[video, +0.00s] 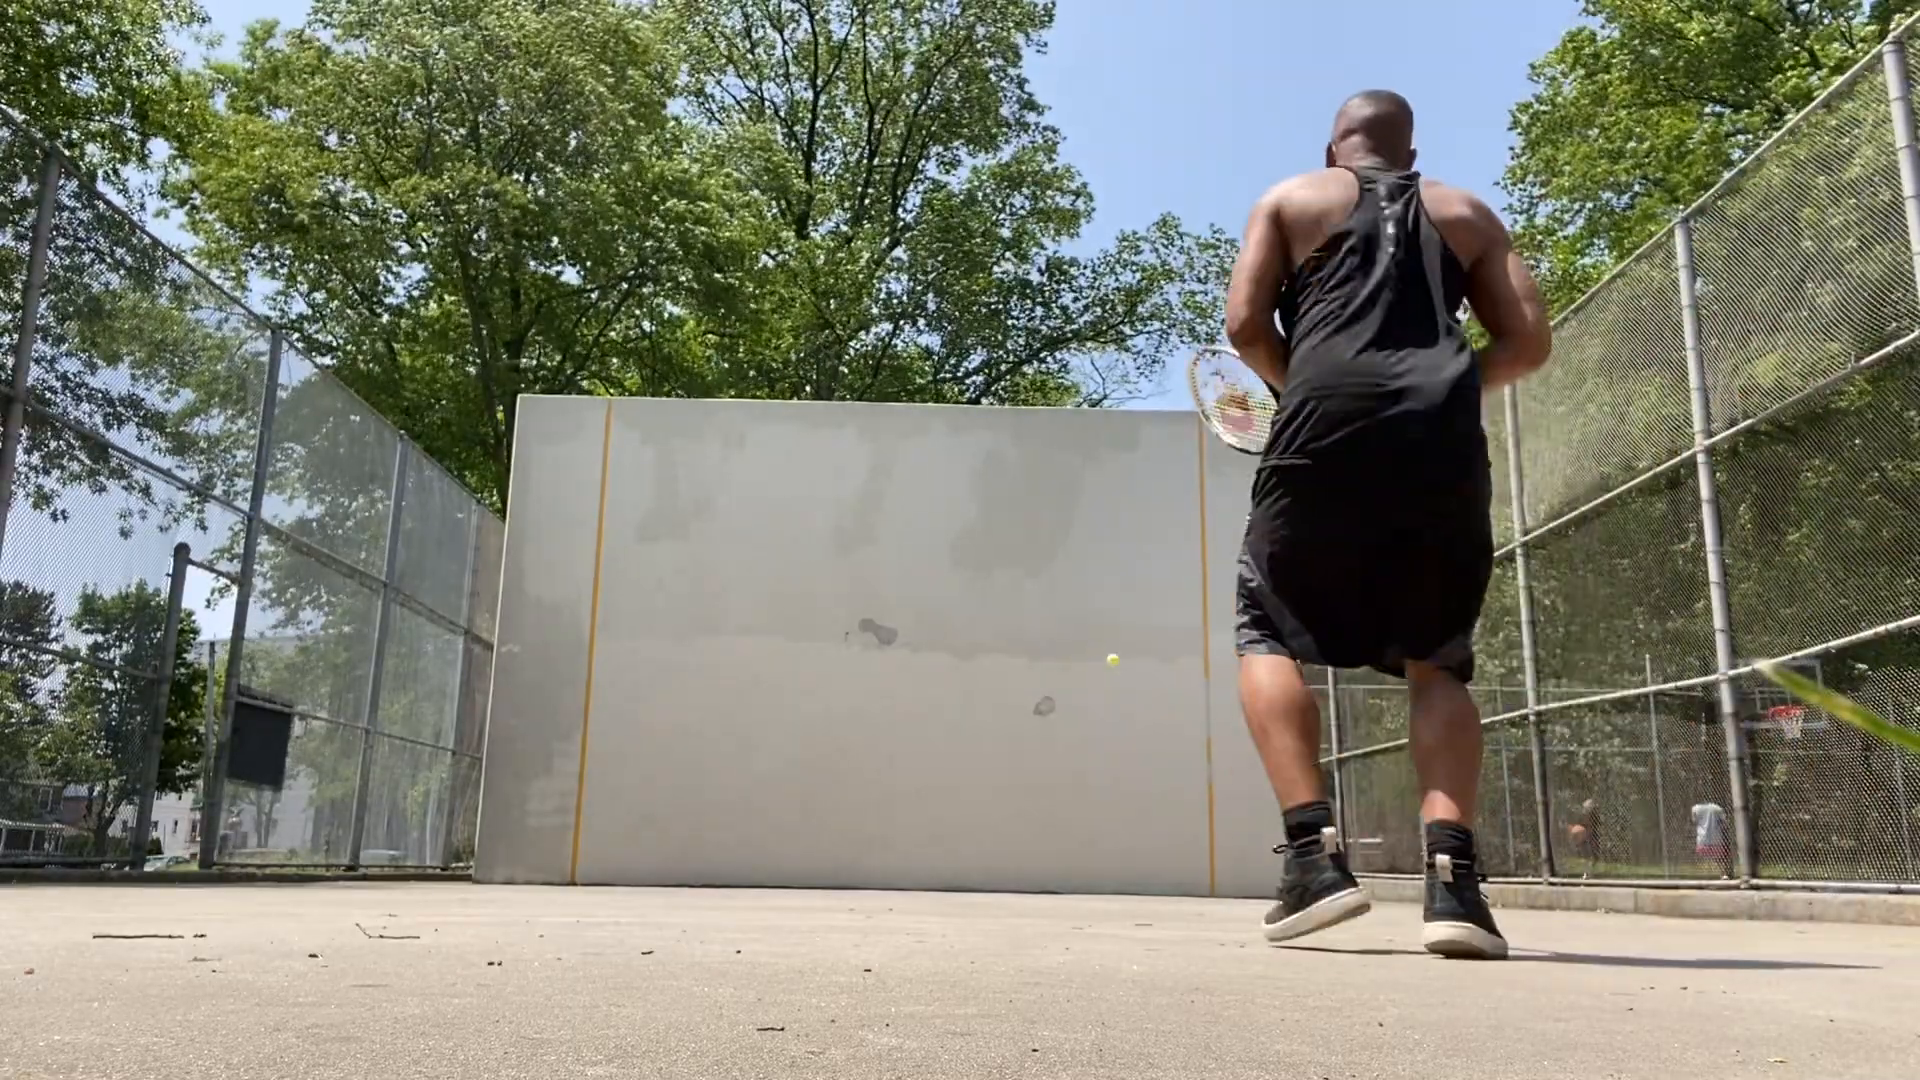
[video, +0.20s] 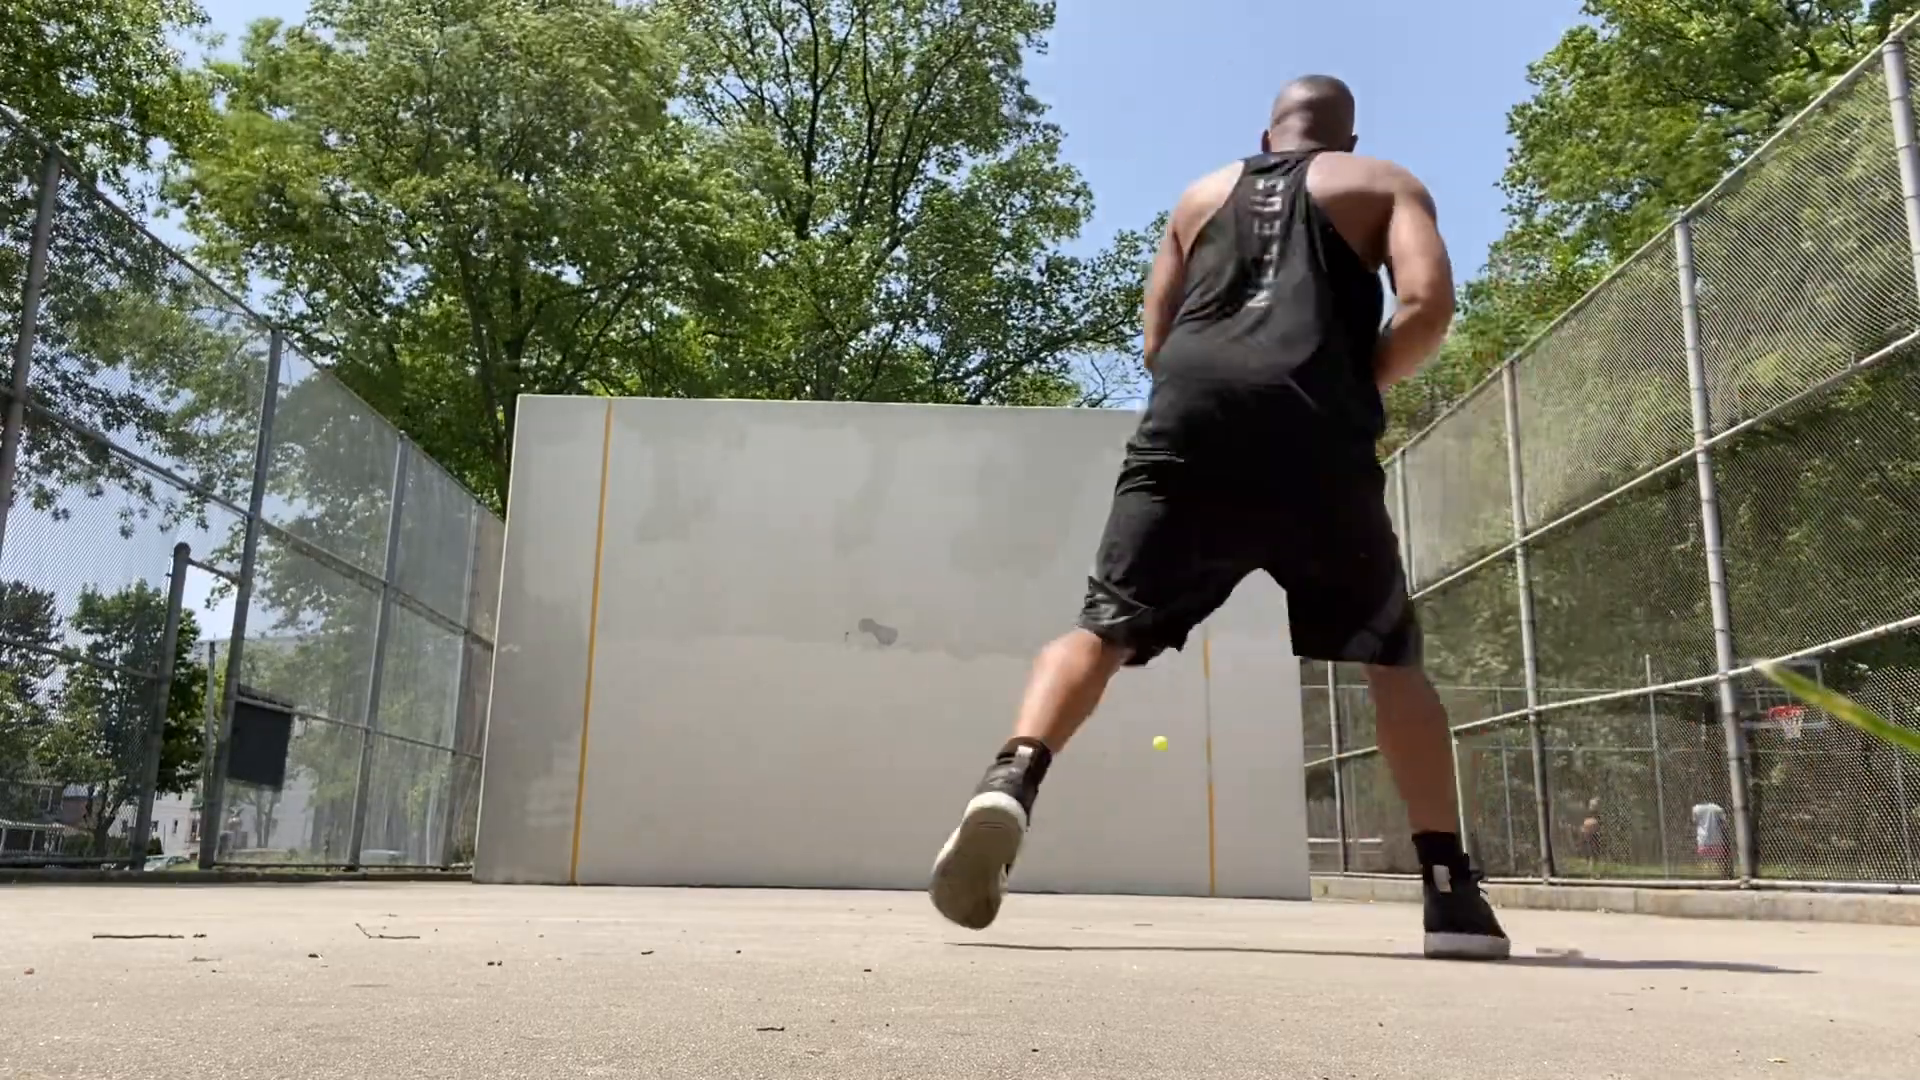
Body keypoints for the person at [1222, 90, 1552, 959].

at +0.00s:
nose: (1337, 147)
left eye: (1337, 138)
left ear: (1333, 146)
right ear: (1414, 154)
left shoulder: (1288, 200)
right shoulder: (1465, 210)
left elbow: (1244, 323)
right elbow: (1527, 343)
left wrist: (1308, 389)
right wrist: (1444, 383)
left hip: (1325, 431)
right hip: (1442, 438)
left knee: (1270, 633)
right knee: (1440, 661)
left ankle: (1313, 856)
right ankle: (1451, 880)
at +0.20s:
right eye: (1337, 125)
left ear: (1266, 135)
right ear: (1349, 136)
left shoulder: (1200, 196)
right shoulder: (1387, 182)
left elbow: (1157, 344)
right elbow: (1428, 298)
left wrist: (1217, 397)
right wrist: (1365, 383)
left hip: (1188, 418)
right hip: (1318, 432)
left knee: (1105, 620)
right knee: (1391, 657)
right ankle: (1452, 895)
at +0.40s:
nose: (1230, 124)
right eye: (1231, 111)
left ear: (1149, 98)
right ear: (1226, 110)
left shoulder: (1071, 161)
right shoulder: (1239, 154)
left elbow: (1082, 278)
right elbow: (1266, 307)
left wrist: (1225, 327)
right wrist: (1251, 343)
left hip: (1032, 417)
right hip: (1160, 432)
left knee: (966, 646)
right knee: (1269, 663)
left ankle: (878, 860)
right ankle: (1390, 879)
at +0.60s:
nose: (1201, 93)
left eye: (1195, 80)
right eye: (1203, 80)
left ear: (1124, 51)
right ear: (1190, 66)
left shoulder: (1037, 131)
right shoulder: (1166, 91)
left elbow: (993, 249)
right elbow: (1200, 172)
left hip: (973, 377)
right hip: (1090, 392)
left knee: (933, 625)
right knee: (1162, 638)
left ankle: (874, 870)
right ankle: (1179, 879)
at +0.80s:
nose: (1198, 117)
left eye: (1195, 103)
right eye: (1196, 104)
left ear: (1117, 68)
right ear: (1186, 88)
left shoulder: (1025, 138)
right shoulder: (1168, 126)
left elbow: (897, 223)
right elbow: (1215, 240)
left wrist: (862, 273)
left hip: (971, 388)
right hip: (1095, 401)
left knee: (933, 629)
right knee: (1164, 642)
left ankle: (867, 854)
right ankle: (1177, 886)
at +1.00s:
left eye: (1057, 16)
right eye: (1139, 20)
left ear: (1054, 13)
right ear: (1139, 18)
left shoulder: (996, 68)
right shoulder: (1175, 93)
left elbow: (937, 225)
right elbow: (1185, 235)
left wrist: (883, 284)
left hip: (1012, 377)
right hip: (1139, 397)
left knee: (898, 559)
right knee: (1152, 631)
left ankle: (843, 752)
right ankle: (1182, 884)